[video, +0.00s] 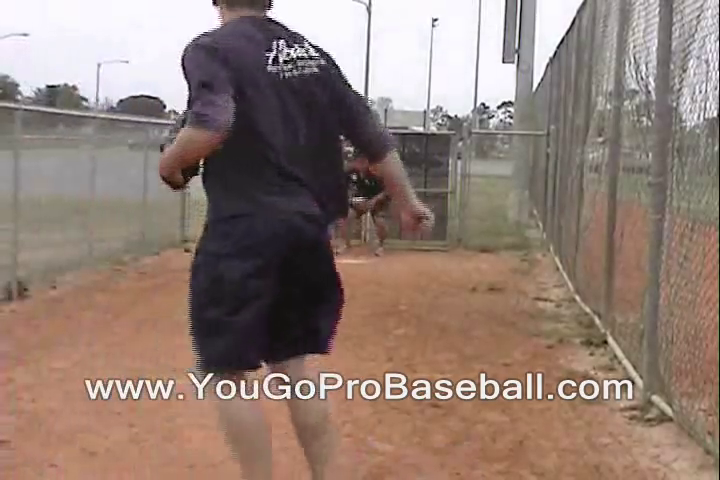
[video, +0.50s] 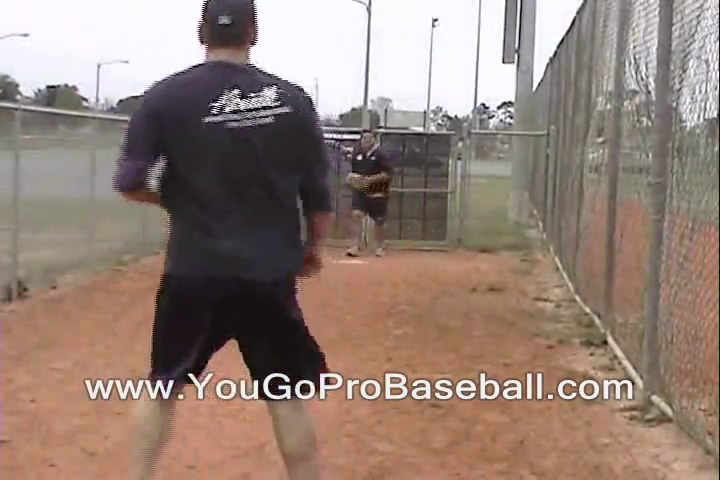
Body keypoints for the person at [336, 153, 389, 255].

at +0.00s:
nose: (362, 166)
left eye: (364, 162)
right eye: (359, 162)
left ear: (369, 163)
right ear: (355, 164)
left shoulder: (378, 179)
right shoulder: (353, 178)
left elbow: (386, 192)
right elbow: (347, 195)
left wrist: (373, 202)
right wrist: (355, 203)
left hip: (375, 204)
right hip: (359, 203)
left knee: (380, 221)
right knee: (345, 218)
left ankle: (380, 244)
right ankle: (346, 243)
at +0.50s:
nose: (364, 141)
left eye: (368, 139)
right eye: (363, 138)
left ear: (374, 141)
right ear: (360, 140)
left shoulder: (380, 155)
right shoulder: (356, 155)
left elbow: (387, 173)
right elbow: (354, 173)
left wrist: (369, 180)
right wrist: (353, 179)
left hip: (377, 194)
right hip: (360, 192)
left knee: (379, 222)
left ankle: (380, 247)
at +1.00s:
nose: (362, 190)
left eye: (365, 187)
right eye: (360, 187)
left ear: (368, 189)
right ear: (355, 188)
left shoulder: (376, 201)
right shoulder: (348, 200)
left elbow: (381, 218)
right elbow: (340, 215)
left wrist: (363, 219)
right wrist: (348, 218)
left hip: (369, 228)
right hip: (352, 227)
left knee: (382, 229)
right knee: (336, 227)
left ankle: (377, 245)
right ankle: (346, 245)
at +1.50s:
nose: (362, 188)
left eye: (365, 185)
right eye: (360, 185)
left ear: (369, 187)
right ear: (355, 187)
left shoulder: (376, 200)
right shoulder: (348, 199)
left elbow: (380, 217)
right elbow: (339, 214)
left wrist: (365, 219)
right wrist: (347, 217)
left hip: (367, 227)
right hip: (351, 227)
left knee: (381, 229)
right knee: (335, 227)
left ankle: (376, 246)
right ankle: (345, 244)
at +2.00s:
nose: (362, 187)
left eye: (365, 184)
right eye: (360, 184)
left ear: (369, 186)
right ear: (355, 186)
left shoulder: (375, 200)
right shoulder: (348, 198)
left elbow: (380, 217)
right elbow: (338, 213)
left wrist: (366, 219)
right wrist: (347, 218)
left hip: (367, 227)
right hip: (351, 226)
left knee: (380, 230)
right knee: (334, 227)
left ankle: (376, 245)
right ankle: (345, 244)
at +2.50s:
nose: (362, 187)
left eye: (365, 185)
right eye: (360, 185)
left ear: (368, 187)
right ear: (355, 186)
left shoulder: (374, 200)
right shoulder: (348, 198)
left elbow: (378, 217)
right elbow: (340, 214)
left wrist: (363, 219)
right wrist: (348, 218)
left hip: (366, 227)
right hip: (350, 226)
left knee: (379, 231)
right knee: (333, 228)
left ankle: (377, 245)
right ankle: (345, 245)